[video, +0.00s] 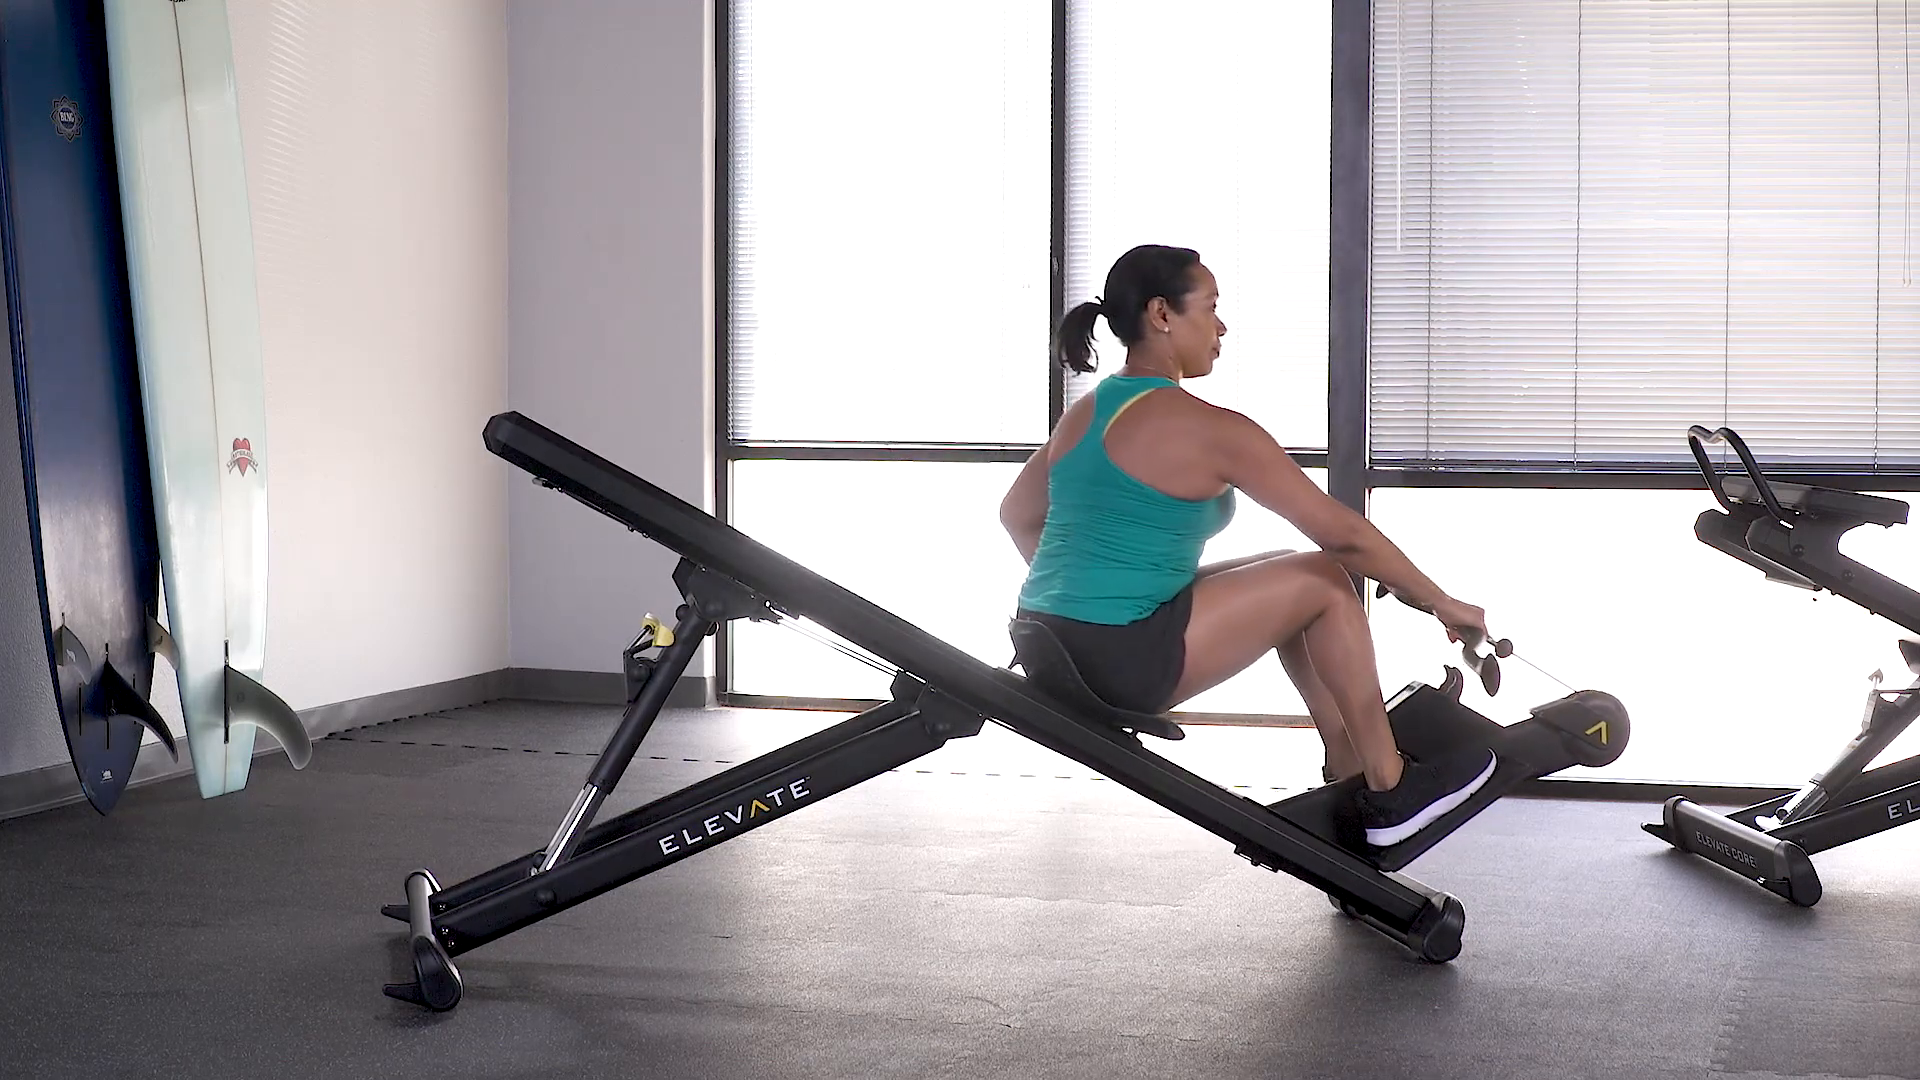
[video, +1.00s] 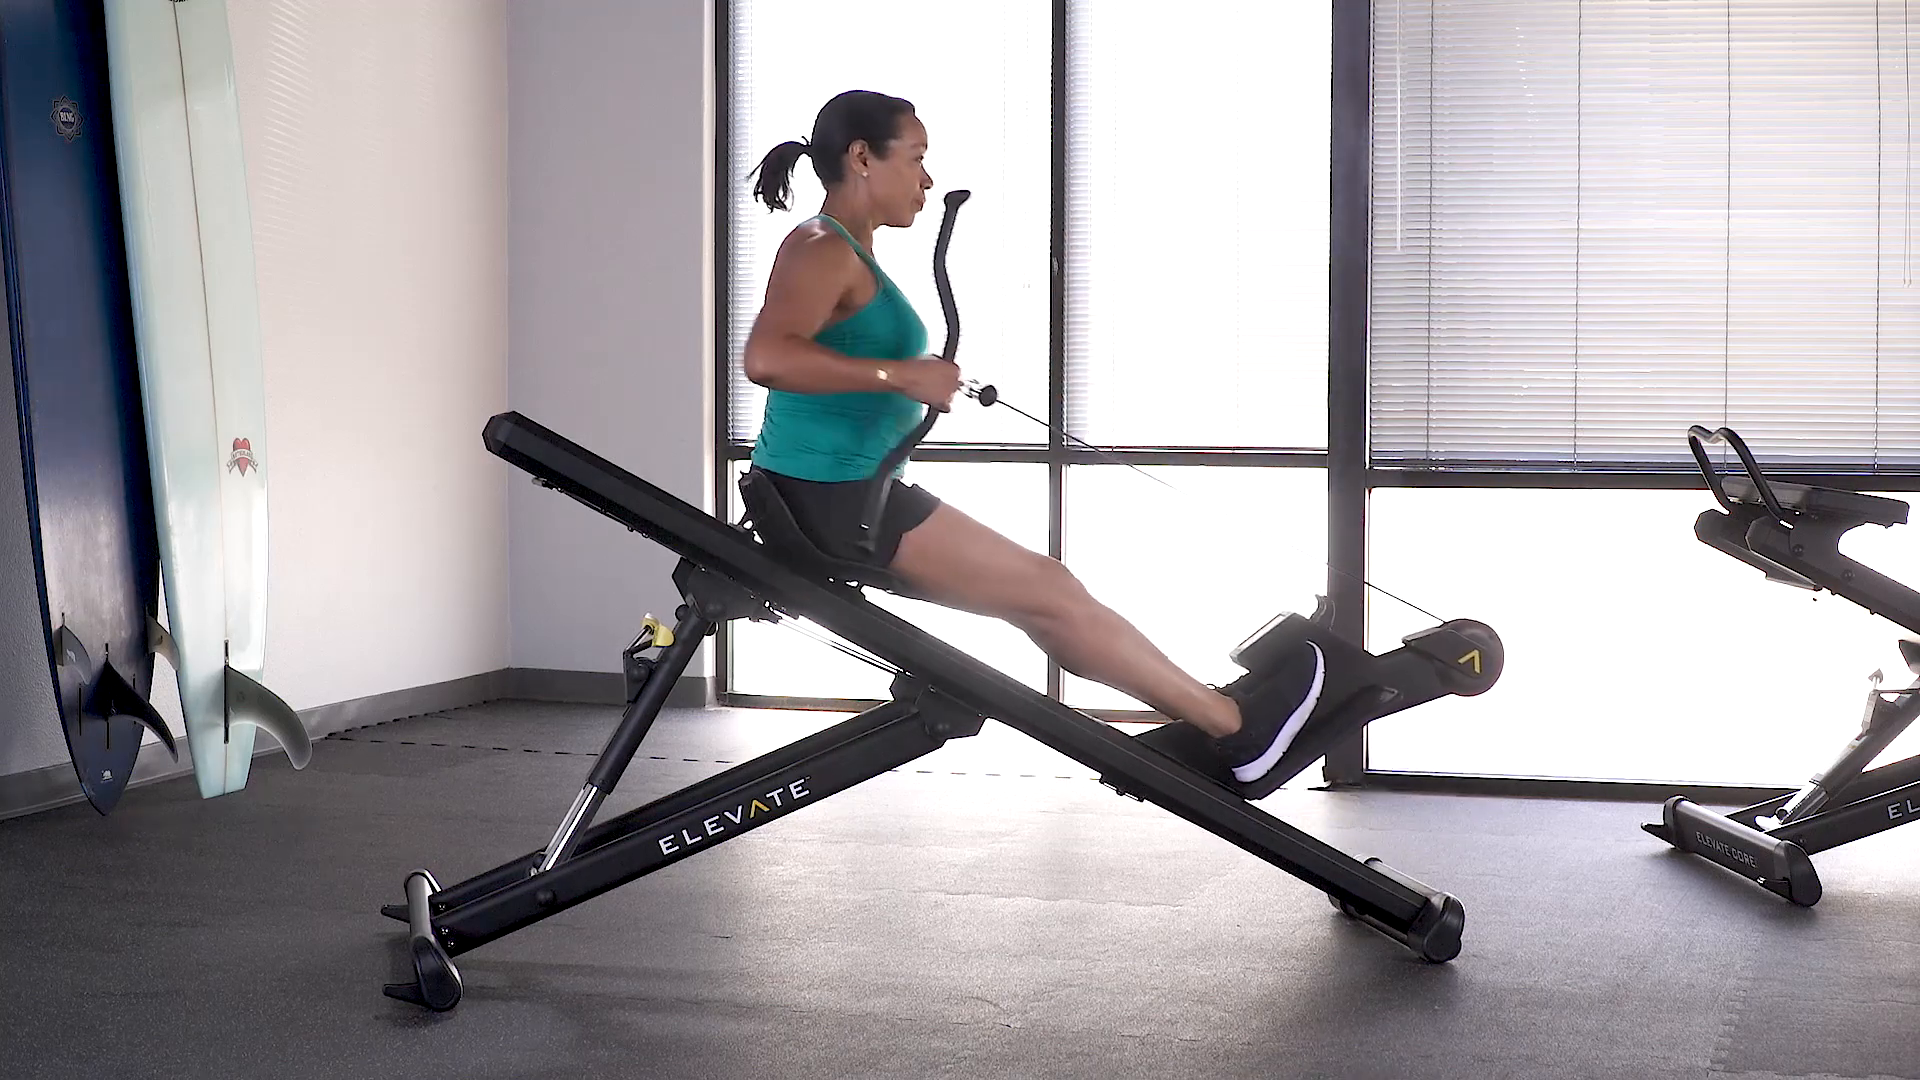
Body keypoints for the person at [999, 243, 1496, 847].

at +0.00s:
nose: (1221, 325)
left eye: (1216, 307)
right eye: (1210, 307)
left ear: (1155, 318)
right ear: (1161, 315)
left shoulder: (1087, 410)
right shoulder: (1218, 431)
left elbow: (1019, 514)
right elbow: (1347, 536)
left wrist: (1073, 588)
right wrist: (1442, 604)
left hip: (1046, 632)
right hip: (1121, 651)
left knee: (1298, 574)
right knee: (1327, 582)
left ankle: (1347, 762)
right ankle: (1390, 783)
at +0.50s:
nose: (1164, 293)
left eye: (1159, 276)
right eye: (1151, 276)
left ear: (1092, 287)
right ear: (1101, 285)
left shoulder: (1039, 374)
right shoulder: (1145, 394)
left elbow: (975, 485)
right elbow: (1264, 510)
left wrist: (1035, 553)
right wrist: (1371, 570)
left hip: (995, 605)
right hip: (1062, 618)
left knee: (1251, 584)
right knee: (1274, 582)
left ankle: (1332, 760)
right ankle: (1371, 776)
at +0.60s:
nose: (1105, 262)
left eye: (1100, 245)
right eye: (1093, 245)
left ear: (1035, 253)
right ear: (1041, 252)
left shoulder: (983, 342)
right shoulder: (1074, 359)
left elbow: (932, 459)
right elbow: (1181, 481)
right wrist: (1296, 535)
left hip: (948, 583)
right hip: (1010, 591)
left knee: (1209, 588)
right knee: (1227, 581)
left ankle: (1308, 748)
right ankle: (1348, 768)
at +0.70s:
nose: (1044, 232)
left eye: (1040, 214)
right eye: (1031, 214)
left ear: (975, 226)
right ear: (979, 222)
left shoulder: (932, 310)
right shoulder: (987, 317)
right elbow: (1073, 447)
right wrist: (1186, 489)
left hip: (898, 555)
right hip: (942, 560)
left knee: (1155, 596)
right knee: (1165, 587)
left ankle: (1291, 742)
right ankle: (1316, 757)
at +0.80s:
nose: (990, 210)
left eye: (987, 193)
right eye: (979, 193)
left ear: (925, 200)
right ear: (925, 197)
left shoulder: (886, 282)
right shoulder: (912, 286)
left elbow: (953, 418)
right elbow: (959, 417)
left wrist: (1065, 443)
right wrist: (1079, 446)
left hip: (868, 524)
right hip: (890, 529)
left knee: (1106, 601)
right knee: (1119, 593)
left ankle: (1263, 731)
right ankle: (1283, 744)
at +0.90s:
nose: (950, 190)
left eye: (947, 173)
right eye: (939, 172)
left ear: (885, 179)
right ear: (883, 176)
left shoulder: (854, 261)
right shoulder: (855, 264)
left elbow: (856, 386)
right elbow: (850, 386)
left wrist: (972, 403)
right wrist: (977, 404)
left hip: (837, 504)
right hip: (854, 510)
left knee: (1067, 595)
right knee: (1074, 593)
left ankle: (1235, 719)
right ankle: (1249, 731)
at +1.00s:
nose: (926, 178)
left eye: (923, 160)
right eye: (914, 159)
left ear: (863, 164)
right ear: (860, 162)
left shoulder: (844, 249)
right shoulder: (820, 249)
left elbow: (797, 356)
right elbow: (766, 355)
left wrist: (908, 374)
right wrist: (895, 375)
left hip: (848, 488)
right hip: (821, 498)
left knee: (1049, 585)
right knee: (1046, 593)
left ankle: (1215, 713)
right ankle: (1228, 721)